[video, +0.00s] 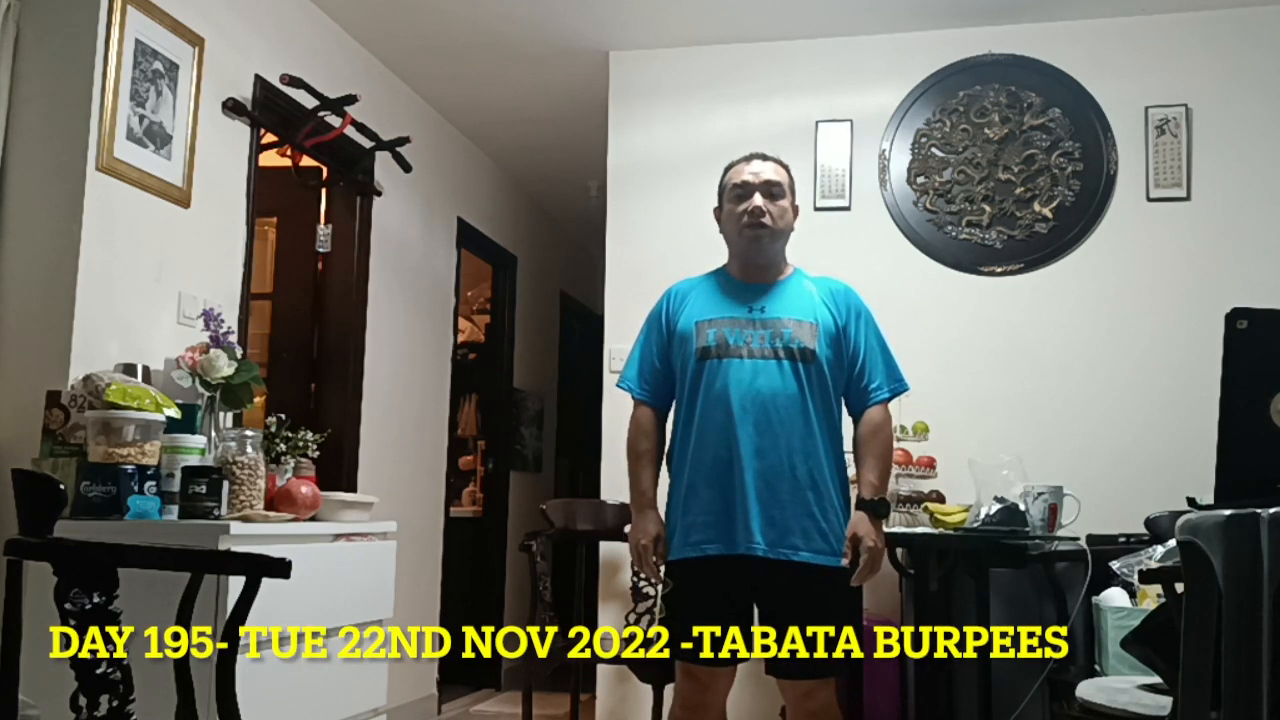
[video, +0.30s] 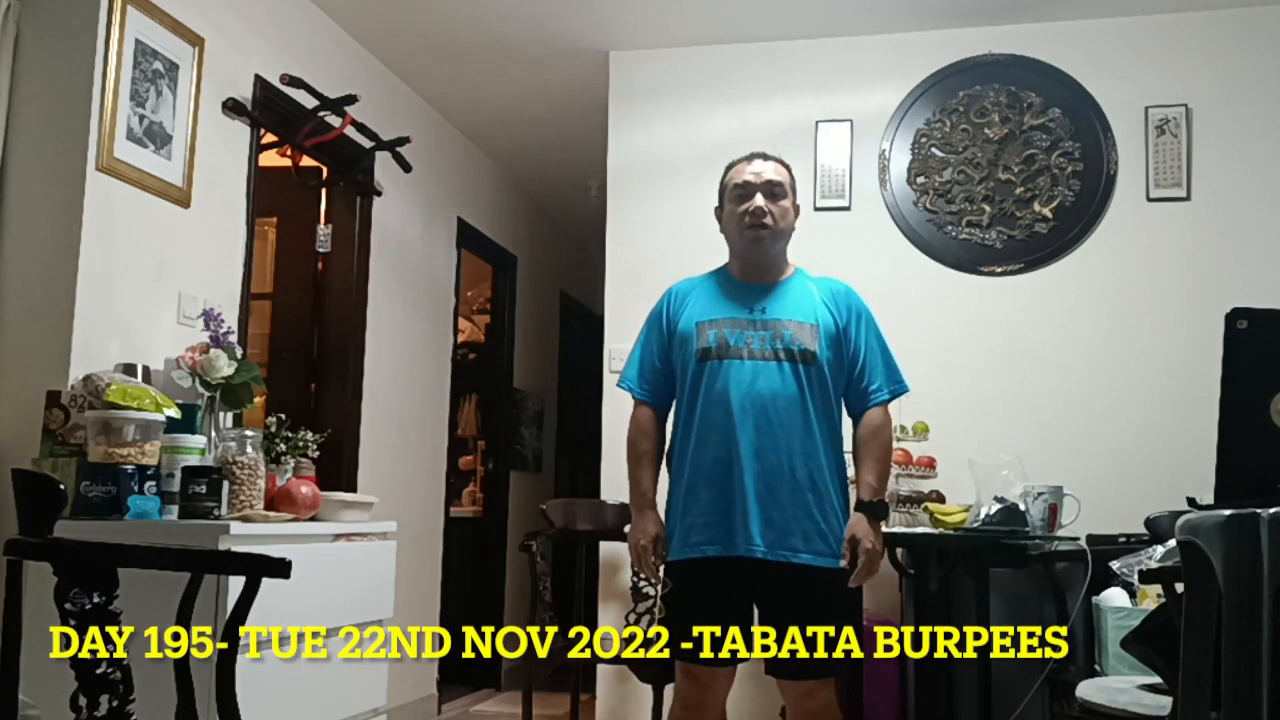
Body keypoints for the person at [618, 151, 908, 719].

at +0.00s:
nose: (757, 200)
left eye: (772, 192)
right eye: (741, 192)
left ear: (794, 215)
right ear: (719, 217)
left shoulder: (837, 303)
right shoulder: (681, 302)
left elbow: (874, 408)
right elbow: (646, 410)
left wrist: (870, 509)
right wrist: (643, 510)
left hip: (810, 542)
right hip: (704, 538)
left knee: (814, 699)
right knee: (698, 691)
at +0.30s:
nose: (758, 201)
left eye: (774, 192)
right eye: (742, 193)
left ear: (795, 215)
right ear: (720, 216)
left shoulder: (838, 303)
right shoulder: (681, 302)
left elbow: (874, 410)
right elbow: (647, 410)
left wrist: (869, 511)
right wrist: (642, 509)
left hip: (809, 543)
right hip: (704, 539)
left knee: (814, 699)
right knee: (698, 692)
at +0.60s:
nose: (761, 200)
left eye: (777, 192)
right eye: (745, 192)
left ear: (796, 216)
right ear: (721, 215)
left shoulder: (838, 303)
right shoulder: (681, 302)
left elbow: (874, 411)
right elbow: (646, 411)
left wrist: (869, 511)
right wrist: (643, 510)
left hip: (809, 544)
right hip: (704, 540)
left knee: (814, 700)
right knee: (698, 694)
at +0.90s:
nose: (760, 199)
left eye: (776, 190)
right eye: (743, 191)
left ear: (795, 215)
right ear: (720, 216)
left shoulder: (838, 303)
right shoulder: (681, 302)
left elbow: (874, 411)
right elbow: (647, 410)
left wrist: (870, 511)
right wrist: (643, 510)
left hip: (810, 544)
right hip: (705, 540)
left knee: (814, 700)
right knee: (698, 694)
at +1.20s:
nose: (760, 199)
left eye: (775, 190)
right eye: (743, 191)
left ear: (796, 214)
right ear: (720, 216)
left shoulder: (839, 303)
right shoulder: (682, 302)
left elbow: (875, 411)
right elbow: (647, 411)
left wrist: (870, 511)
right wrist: (643, 510)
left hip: (810, 545)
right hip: (706, 542)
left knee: (815, 702)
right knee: (698, 696)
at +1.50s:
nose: (758, 200)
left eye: (774, 190)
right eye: (742, 191)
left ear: (795, 213)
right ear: (719, 216)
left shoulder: (839, 304)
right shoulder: (682, 302)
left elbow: (875, 411)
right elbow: (647, 412)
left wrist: (870, 511)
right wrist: (645, 513)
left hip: (811, 545)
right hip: (706, 542)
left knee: (815, 701)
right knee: (699, 696)